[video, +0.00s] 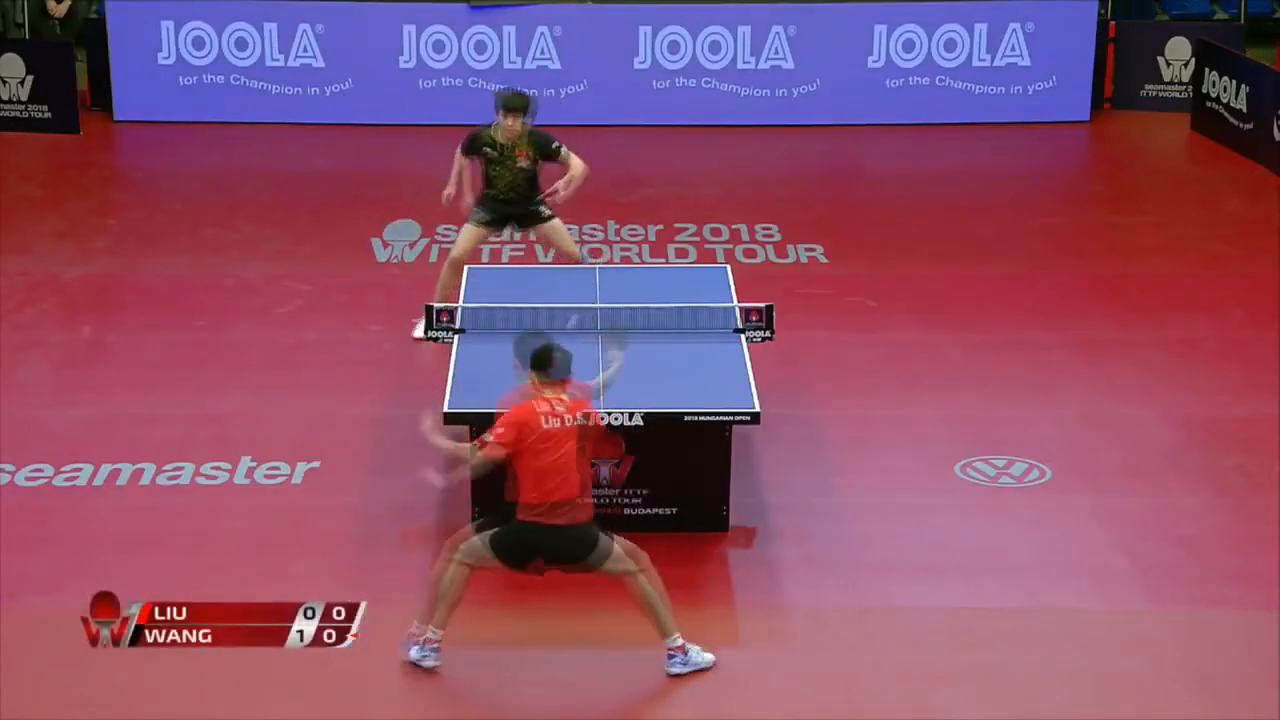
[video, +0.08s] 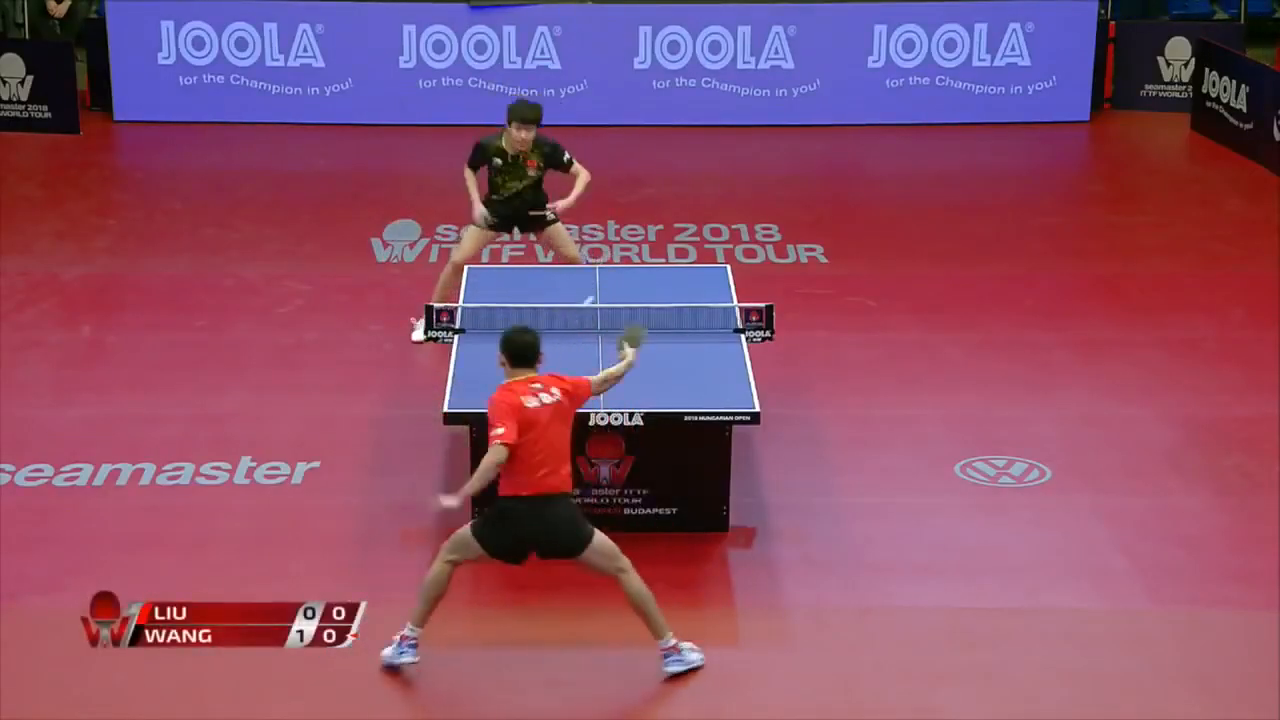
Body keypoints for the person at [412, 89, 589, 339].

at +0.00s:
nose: (511, 123)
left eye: (517, 117)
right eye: (506, 116)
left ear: (525, 119)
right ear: (498, 116)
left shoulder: (537, 140)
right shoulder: (482, 137)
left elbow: (579, 166)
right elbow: (461, 153)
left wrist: (566, 185)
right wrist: (453, 184)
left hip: (530, 206)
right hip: (491, 206)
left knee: (575, 256)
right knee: (455, 258)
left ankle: (596, 316)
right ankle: (434, 317)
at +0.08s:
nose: (524, 135)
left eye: (529, 130)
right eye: (519, 129)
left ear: (536, 129)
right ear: (508, 126)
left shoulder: (547, 149)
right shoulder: (489, 147)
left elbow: (583, 174)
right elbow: (469, 170)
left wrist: (569, 201)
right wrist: (477, 204)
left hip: (535, 211)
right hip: (497, 211)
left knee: (574, 259)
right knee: (457, 261)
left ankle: (593, 317)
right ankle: (431, 318)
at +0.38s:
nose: (572, 160)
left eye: (576, 155)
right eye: (568, 154)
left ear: (577, 154)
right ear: (551, 149)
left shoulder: (574, 169)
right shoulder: (528, 175)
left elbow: (597, 178)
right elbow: (501, 210)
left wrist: (616, 173)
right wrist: (522, 224)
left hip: (557, 235)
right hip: (522, 238)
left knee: (611, 258)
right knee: (485, 273)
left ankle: (616, 319)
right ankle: (439, 318)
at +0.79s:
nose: (565, 120)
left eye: (570, 114)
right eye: (560, 113)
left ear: (577, 115)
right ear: (550, 113)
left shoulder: (585, 140)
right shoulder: (529, 134)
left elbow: (608, 168)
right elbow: (504, 150)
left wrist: (616, 182)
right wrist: (515, 185)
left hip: (570, 203)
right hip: (533, 201)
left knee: (612, 248)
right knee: (491, 251)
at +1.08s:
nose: (578, 145)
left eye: (582, 139)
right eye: (573, 139)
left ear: (587, 141)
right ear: (560, 139)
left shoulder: (575, 163)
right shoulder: (547, 165)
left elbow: (568, 196)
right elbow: (542, 208)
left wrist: (591, 213)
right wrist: (590, 210)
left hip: (559, 223)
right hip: (527, 228)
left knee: (608, 255)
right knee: (494, 275)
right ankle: (452, 302)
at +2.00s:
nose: (564, 116)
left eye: (569, 111)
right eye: (559, 109)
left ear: (573, 113)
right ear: (547, 107)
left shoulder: (564, 139)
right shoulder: (531, 134)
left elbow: (555, 175)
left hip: (541, 195)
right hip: (511, 198)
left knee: (592, 234)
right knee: (490, 255)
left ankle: (616, 289)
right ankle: (450, 287)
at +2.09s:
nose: (563, 107)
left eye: (566, 102)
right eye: (560, 100)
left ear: (566, 101)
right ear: (544, 97)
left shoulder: (548, 121)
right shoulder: (520, 123)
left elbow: (532, 150)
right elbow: (522, 166)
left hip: (532, 185)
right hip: (505, 188)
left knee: (575, 228)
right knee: (484, 249)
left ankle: (610, 273)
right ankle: (450, 284)